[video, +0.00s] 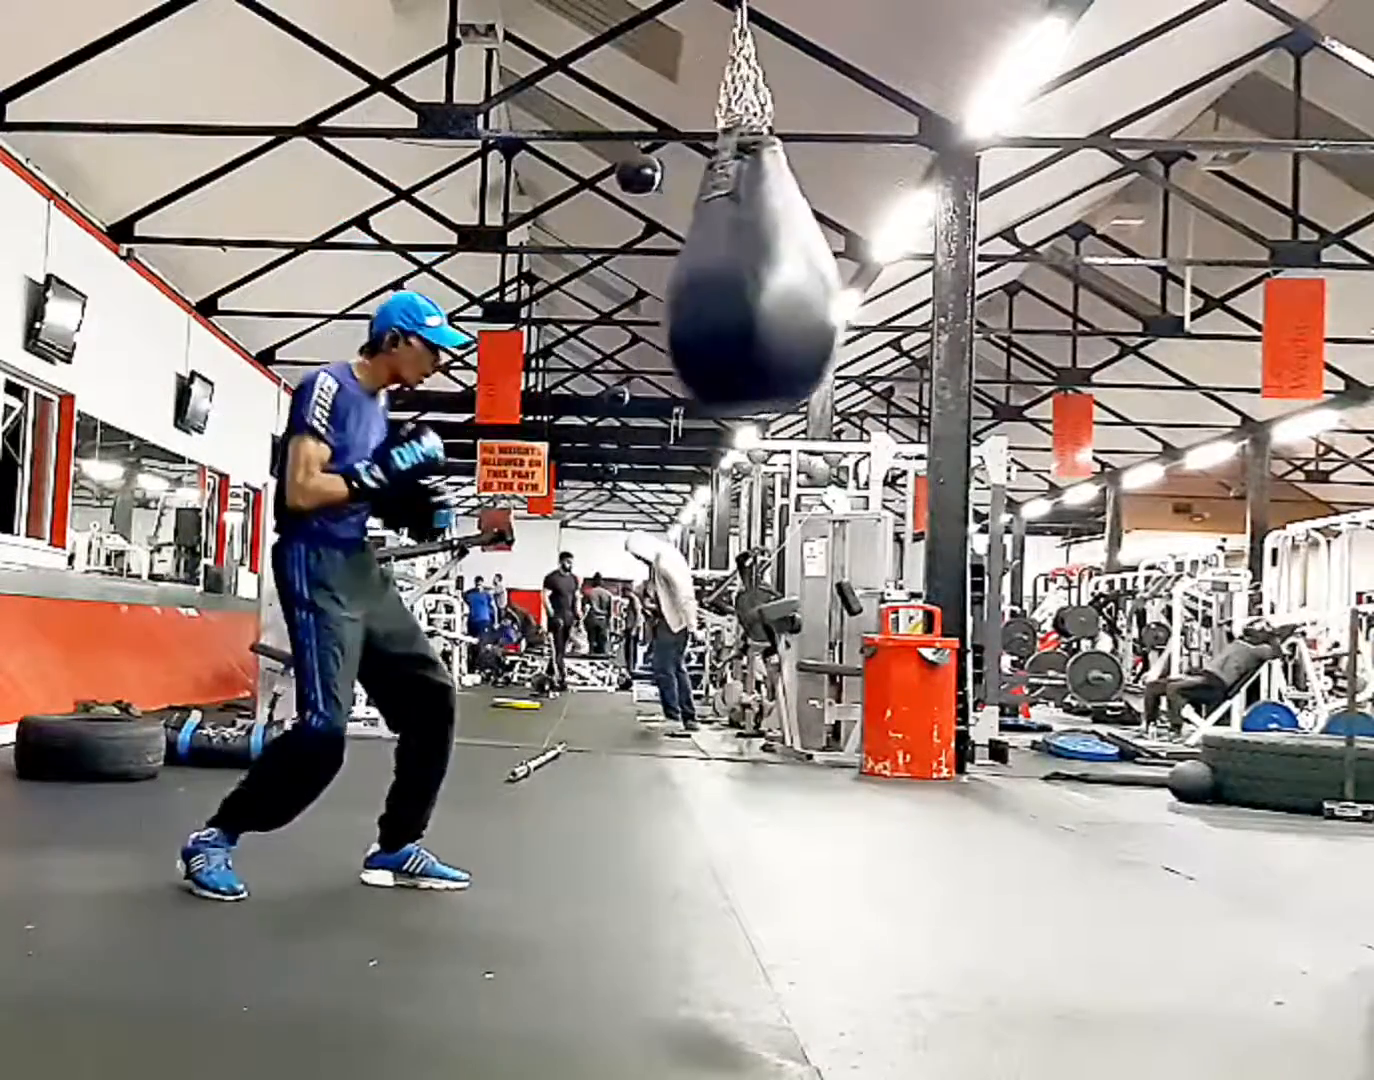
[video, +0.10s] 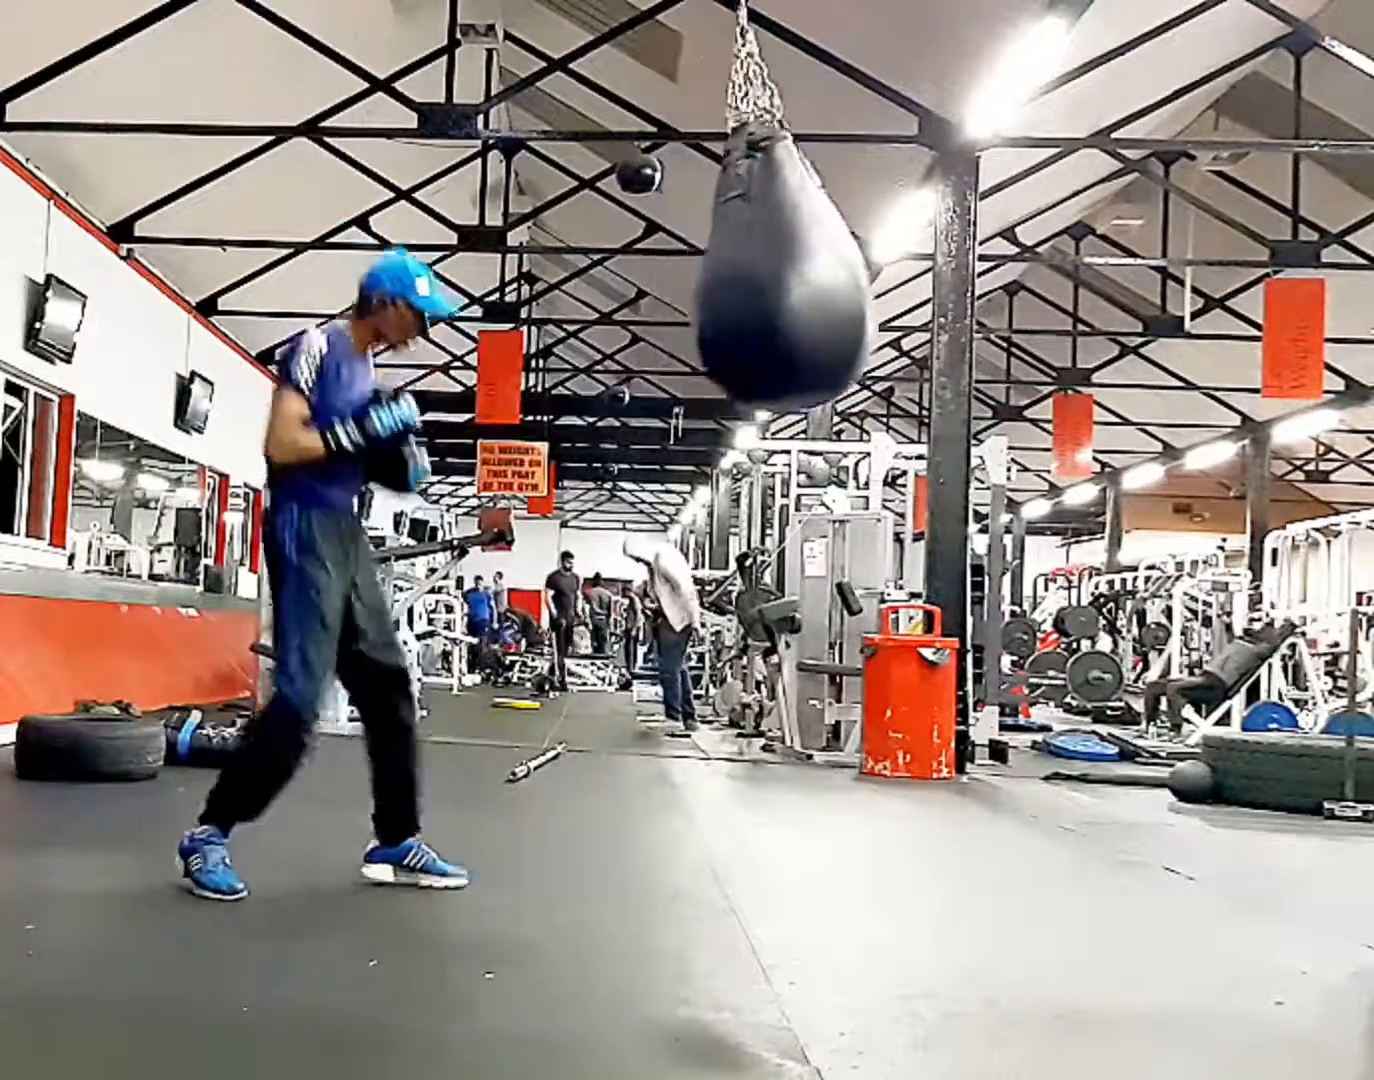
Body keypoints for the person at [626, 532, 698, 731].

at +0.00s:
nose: (641, 561)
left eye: (639, 556)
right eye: (638, 557)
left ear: (645, 550)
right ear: (645, 546)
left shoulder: (667, 561)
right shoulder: (659, 562)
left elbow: (685, 593)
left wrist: (692, 625)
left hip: (671, 624)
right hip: (671, 623)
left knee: (663, 668)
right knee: (677, 667)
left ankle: (674, 716)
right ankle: (689, 715)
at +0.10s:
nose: (639, 563)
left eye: (637, 558)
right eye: (635, 559)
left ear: (642, 552)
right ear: (641, 550)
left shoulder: (665, 560)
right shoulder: (655, 565)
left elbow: (687, 589)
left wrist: (695, 622)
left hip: (674, 622)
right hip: (666, 622)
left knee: (669, 669)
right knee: (678, 668)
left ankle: (674, 716)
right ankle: (688, 715)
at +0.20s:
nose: (637, 565)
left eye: (635, 560)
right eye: (633, 562)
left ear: (640, 554)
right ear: (640, 553)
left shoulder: (665, 559)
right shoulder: (654, 567)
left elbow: (689, 588)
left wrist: (696, 620)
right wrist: (637, 591)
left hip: (676, 624)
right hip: (664, 624)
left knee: (674, 672)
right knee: (678, 671)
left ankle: (675, 717)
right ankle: (687, 714)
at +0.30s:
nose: (640, 568)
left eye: (638, 563)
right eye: (636, 565)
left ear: (642, 555)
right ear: (640, 555)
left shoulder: (667, 559)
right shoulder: (655, 568)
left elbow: (689, 589)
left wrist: (697, 622)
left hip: (679, 621)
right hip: (667, 621)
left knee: (677, 670)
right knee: (676, 669)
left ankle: (676, 715)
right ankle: (687, 713)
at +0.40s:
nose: (641, 569)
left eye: (640, 564)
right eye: (638, 566)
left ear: (646, 556)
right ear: (643, 558)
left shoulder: (669, 561)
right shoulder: (655, 572)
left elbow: (692, 590)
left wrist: (699, 623)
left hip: (678, 627)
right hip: (664, 628)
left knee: (678, 672)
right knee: (677, 671)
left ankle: (677, 714)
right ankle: (689, 714)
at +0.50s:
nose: (645, 569)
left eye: (644, 564)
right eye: (641, 566)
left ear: (650, 556)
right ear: (642, 562)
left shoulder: (674, 563)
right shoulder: (653, 575)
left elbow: (694, 591)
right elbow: (648, 605)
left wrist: (702, 623)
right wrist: (640, 627)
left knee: (677, 669)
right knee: (683, 670)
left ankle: (676, 713)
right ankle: (690, 714)